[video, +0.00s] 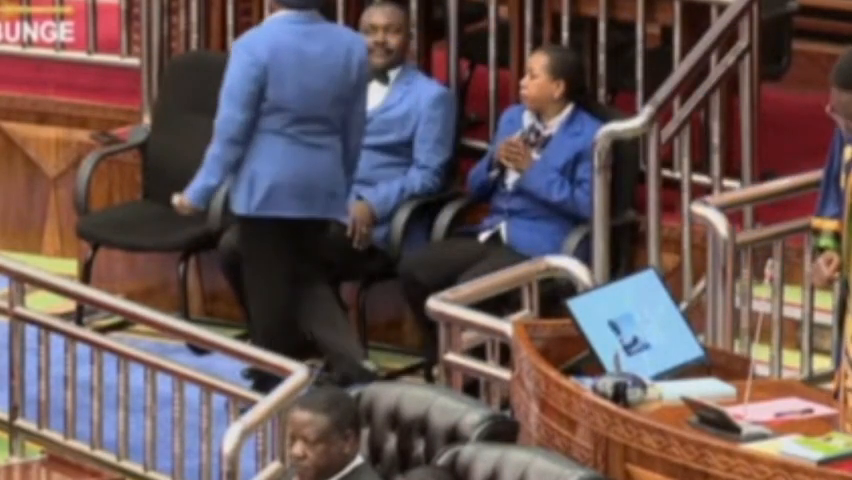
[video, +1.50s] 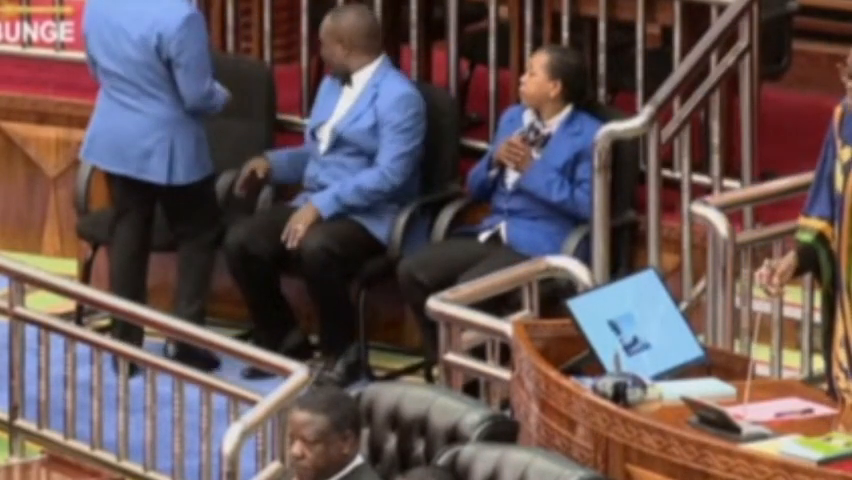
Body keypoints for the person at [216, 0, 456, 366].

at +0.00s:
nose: (379, 41)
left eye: (391, 32)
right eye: (371, 31)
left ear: (408, 39)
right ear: (359, 36)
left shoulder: (430, 96)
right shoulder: (346, 81)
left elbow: (427, 175)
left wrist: (371, 205)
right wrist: (338, 195)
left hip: (378, 224)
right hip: (323, 208)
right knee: (234, 248)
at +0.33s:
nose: (378, 39)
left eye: (390, 30)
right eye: (370, 30)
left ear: (407, 38)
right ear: (357, 37)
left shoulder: (430, 97)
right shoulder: (331, 84)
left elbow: (429, 174)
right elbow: (310, 149)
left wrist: (374, 205)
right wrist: (282, 191)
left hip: (367, 214)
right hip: (309, 207)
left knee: (307, 254)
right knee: (250, 251)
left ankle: (338, 352)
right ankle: (287, 351)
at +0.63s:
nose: (374, 38)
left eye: (386, 30)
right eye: (366, 29)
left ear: (405, 39)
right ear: (357, 36)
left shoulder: (430, 96)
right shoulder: (331, 84)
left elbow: (429, 174)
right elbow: (306, 151)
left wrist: (374, 205)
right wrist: (287, 191)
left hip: (371, 216)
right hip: (313, 207)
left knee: (306, 255)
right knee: (247, 244)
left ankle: (339, 350)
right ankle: (277, 339)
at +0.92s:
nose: (365, 36)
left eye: (378, 28)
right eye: (360, 27)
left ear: (404, 39)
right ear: (353, 35)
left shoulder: (429, 96)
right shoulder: (332, 84)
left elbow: (429, 174)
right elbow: (307, 150)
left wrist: (374, 204)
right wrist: (288, 189)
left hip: (369, 214)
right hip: (313, 207)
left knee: (306, 255)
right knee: (241, 244)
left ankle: (339, 351)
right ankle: (277, 337)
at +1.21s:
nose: (337, 45)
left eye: (346, 38)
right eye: (337, 37)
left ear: (380, 44)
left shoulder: (421, 98)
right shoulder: (331, 85)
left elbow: (419, 174)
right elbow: (308, 148)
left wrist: (358, 204)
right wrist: (289, 182)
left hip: (371, 216)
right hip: (314, 206)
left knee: (309, 254)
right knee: (241, 247)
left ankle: (338, 351)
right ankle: (277, 337)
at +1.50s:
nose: (322, 53)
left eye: (324, 44)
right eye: (322, 45)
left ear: (344, 46)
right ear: (355, 45)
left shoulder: (399, 96)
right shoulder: (333, 84)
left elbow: (391, 175)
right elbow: (318, 155)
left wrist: (320, 206)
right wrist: (271, 163)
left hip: (371, 215)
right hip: (317, 204)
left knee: (319, 249)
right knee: (244, 242)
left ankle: (340, 352)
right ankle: (281, 337)